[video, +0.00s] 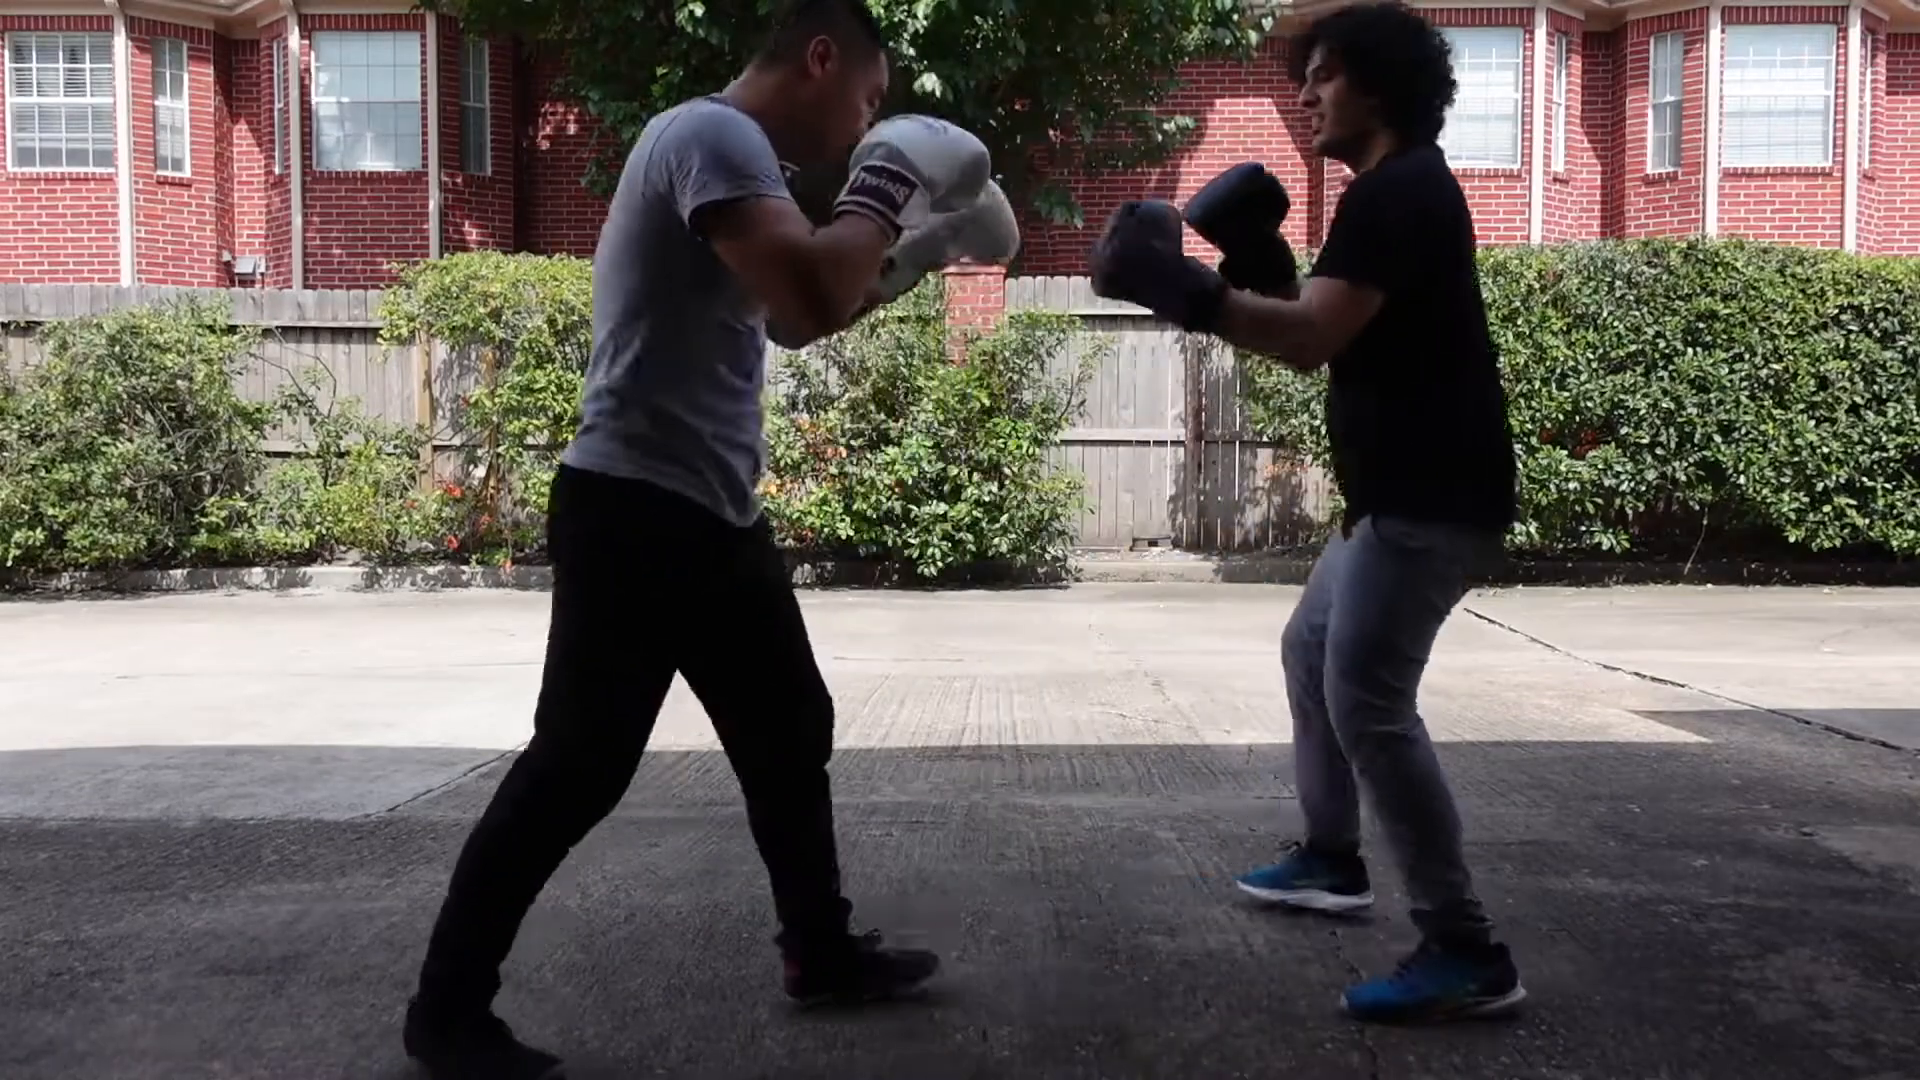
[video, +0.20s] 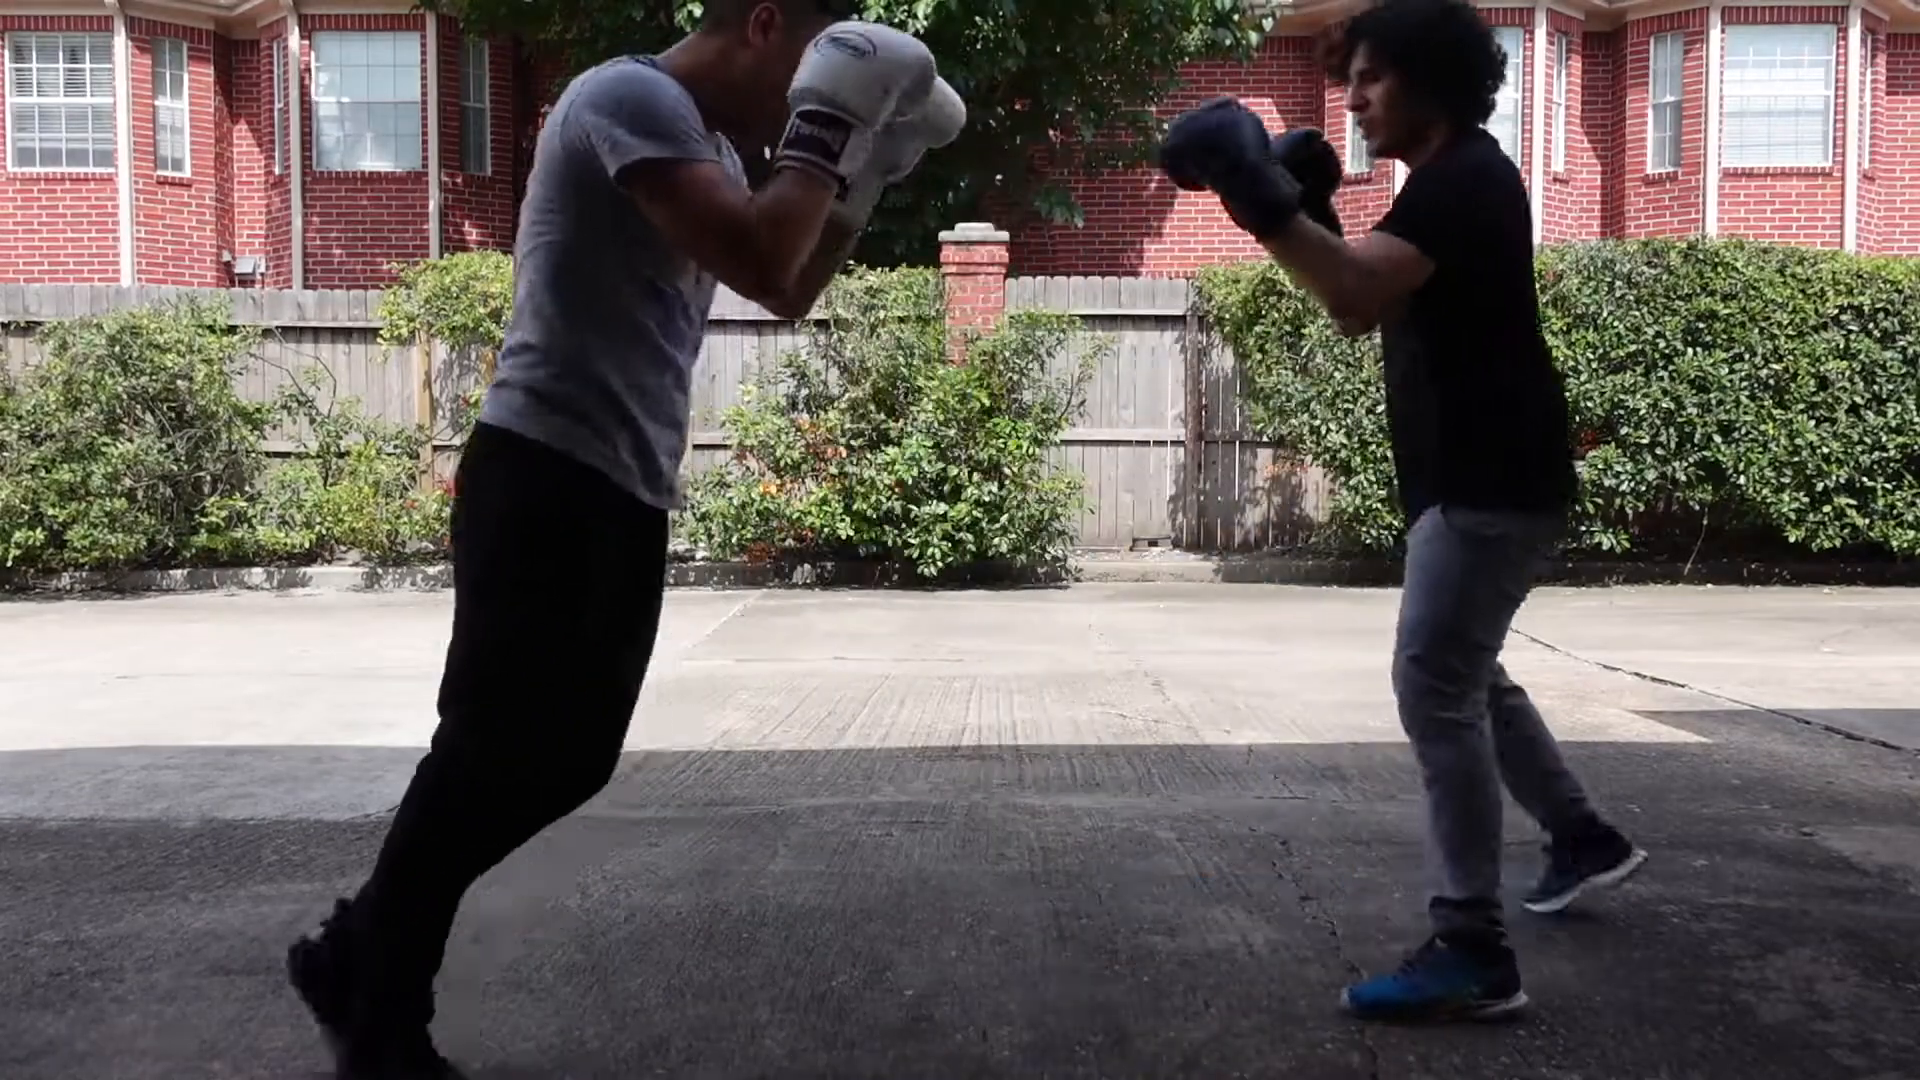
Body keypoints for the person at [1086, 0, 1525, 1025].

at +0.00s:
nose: (1304, 96)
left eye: (1322, 76)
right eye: (1307, 78)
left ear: (1378, 87)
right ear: (1382, 93)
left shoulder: (1396, 193)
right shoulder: (1396, 189)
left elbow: (1314, 335)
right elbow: (1330, 328)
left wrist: (1189, 295)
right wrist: (1265, 255)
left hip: (1431, 506)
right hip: (1403, 500)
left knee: (1369, 707)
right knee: (1308, 651)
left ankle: (1464, 951)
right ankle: (1331, 857)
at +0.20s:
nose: (1351, 98)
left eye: (1367, 78)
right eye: (1350, 80)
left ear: (1423, 81)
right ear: (1410, 88)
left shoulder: (1463, 181)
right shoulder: (1446, 178)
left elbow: (1357, 298)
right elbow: (1366, 295)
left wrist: (1259, 203)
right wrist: (1308, 210)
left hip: (1489, 494)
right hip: (1470, 487)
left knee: (1434, 690)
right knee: (1467, 676)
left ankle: (1472, 948)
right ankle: (1582, 836)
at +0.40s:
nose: (1387, 138)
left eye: (1402, 118)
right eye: (1383, 121)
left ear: (1462, 125)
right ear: (1452, 130)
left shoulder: (1489, 216)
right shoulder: (1472, 223)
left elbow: (1469, 336)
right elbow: (1405, 359)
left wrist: (1361, 253)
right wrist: (1341, 278)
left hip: (1531, 514)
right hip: (1554, 510)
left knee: (1458, 694)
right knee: (1548, 692)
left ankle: (1471, 941)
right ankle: (1654, 873)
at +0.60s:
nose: (1378, 133)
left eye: (1391, 112)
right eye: (1373, 118)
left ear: (1447, 110)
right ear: (1397, 126)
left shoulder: (1500, 194)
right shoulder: (1431, 213)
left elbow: (1460, 276)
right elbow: (1354, 314)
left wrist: (1361, 177)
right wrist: (1321, 236)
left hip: (1544, 492)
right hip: (1520, 489)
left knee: (1463, 674)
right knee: (1558, 677)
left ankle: (1533, 912)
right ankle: (1649, 871)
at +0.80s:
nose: (1353, 132)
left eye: (1368, 112)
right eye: (1346, 117)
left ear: (1428, 112)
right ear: (1356, 127)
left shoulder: (1481, 206)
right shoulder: (1392, 219)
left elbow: (1443, 321)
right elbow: (1331, 348)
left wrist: (1346, 225)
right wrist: (1292, 264)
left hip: (1500, 496)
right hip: (1430, 498)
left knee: (1464, 690)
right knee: (1388, 664)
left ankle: (1536, 917)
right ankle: (1539, 812)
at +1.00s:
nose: (1298, 142)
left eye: (1314, 123)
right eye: (1294, 127)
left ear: (1372, 124)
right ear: (1304, 137)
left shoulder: (1421, 207)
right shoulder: (1316, 229)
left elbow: (1383, 285)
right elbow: (1240, 328)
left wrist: (1296, 186)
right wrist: (1221, 237)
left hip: (1426, 498)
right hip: (1342, 499)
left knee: (1440, 690)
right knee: (1287, 664)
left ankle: (1532, 912)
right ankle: (1274, 820)